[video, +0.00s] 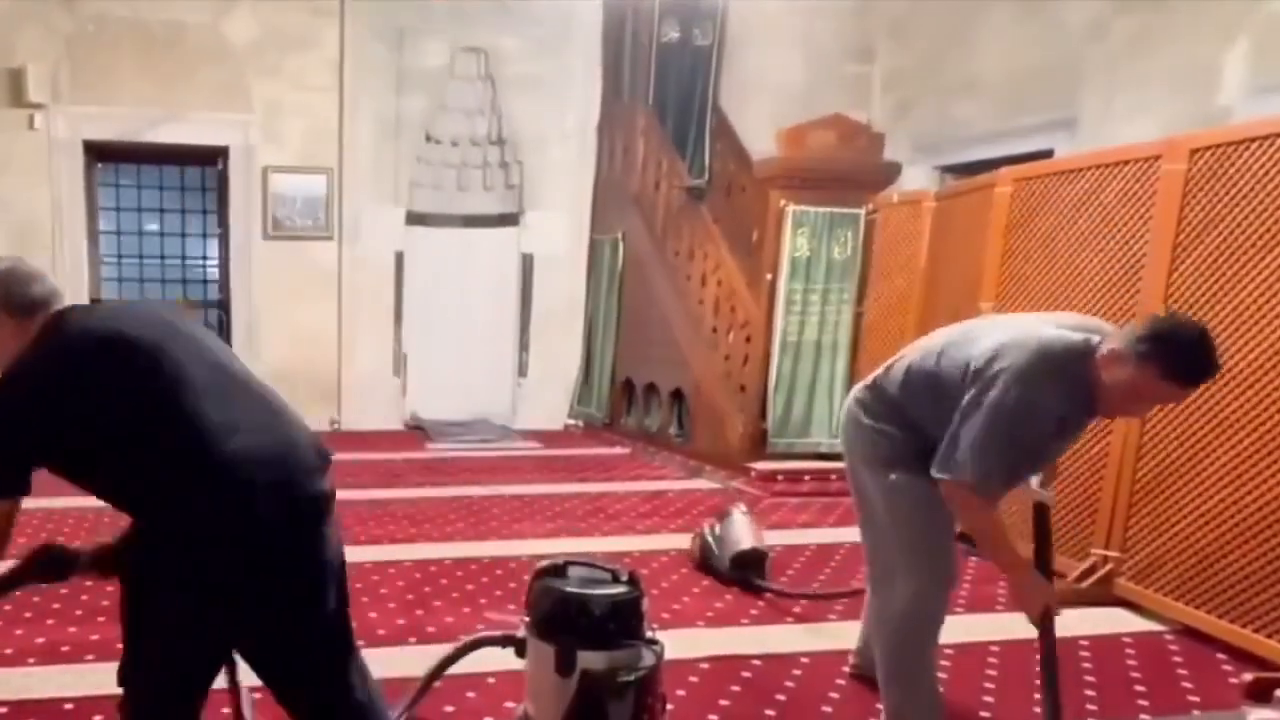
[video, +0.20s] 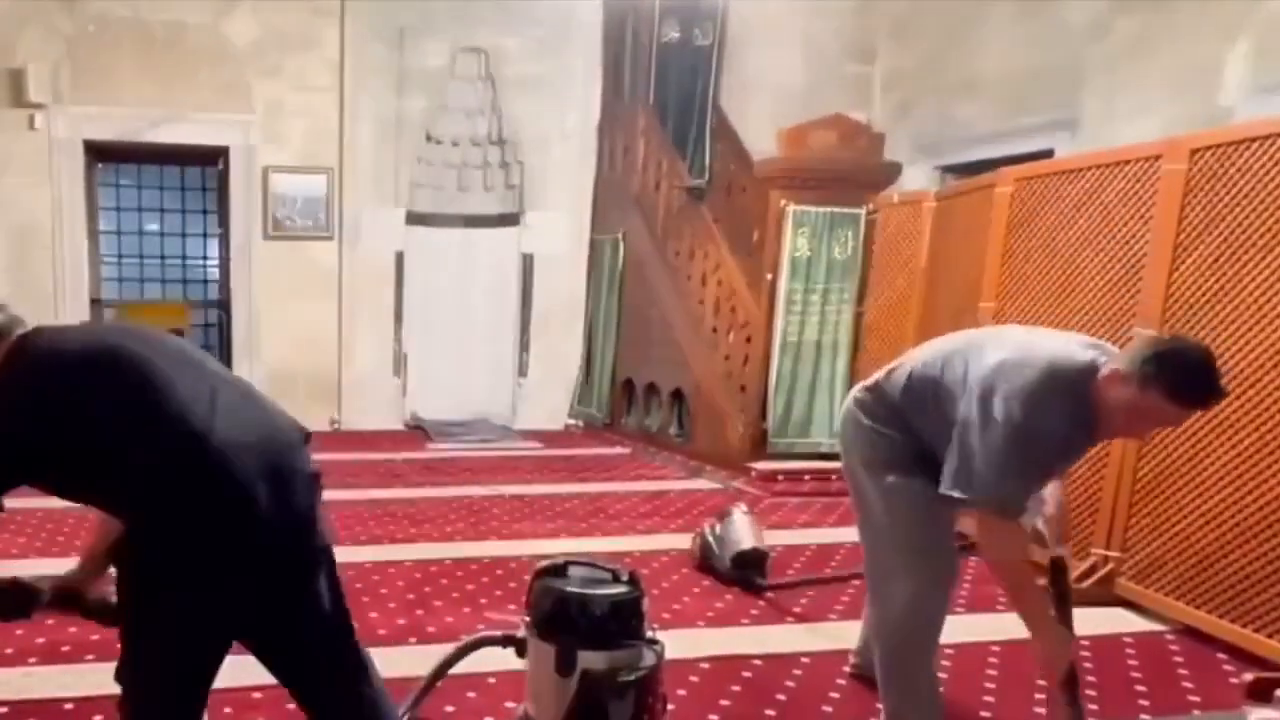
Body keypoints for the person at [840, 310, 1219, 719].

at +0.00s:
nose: (1144, 413)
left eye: (1158, 405)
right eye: (1149, 398)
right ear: (1122, 360)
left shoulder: (1101, 346)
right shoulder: (1031, 373)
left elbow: (1059, 417)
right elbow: (960, 485)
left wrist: (1038, 467)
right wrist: (1020, 575)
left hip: (930, 429)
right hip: (888, 428)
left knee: (910, 557)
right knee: (921, 577)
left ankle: (874, 657)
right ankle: (912, 707)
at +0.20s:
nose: (1147, 434)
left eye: (1161, 427)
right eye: (1150, 418)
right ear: (1124, 382)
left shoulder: (1102, 382)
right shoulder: (1029, 392)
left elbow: (1053, 456)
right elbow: (995, 529)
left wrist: (1050, 526)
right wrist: (1046, 633)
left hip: (941, 430)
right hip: (888, 428)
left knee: (916, 559)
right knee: (918, 582)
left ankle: (875, 654)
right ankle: (910, 708)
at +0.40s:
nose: (1142, 436)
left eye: (1157, 428)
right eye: (1144, 417)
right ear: (1117, 379)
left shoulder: (1098, 390)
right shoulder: (1028, 390)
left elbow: (1043, 474)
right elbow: (990, 525)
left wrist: (1039, 547)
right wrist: (1037, 637)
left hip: (943, 432)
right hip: (887, 423)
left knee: (926, 562)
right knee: (901, 590)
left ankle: (876, 653)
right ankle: (910, 706)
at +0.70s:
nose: (1166, 378)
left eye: (1177, 368)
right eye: (1170, 362)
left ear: (1133, 327)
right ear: (1136, 332)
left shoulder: (1094, 348)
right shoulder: (1046, 349)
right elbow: (963, 466)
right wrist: (1015, 543)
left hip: (932, 429)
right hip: (892, 421)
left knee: (920, 563)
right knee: (901, 583)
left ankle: (879, 656)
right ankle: (907, 707)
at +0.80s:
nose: (1174, 364)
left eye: (1184, 354)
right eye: (1177, 348)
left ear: (1138, 317)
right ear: (1143, 320)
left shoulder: (1097, 345)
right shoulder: (1054, 340)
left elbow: (1017, 419)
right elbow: (970, 454)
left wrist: (1013, 475)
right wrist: (1011, 528)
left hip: (935, 428)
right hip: (896, 421)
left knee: (923, 562)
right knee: (903, 580)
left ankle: (880, 655)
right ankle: (907, 707)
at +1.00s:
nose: (1189, 347)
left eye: (1199, 335)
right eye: (1191, 330)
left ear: (1146, 302)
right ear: (1157, 308)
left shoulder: (1095, 327)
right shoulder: (1074, 339)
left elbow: (1012, 432)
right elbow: (994, 447)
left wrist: (1022, 513)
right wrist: (1025, 520)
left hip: (916, 421)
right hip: (914, 430)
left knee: (918, 548)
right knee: (969, 565)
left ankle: (882, 655)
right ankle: (923, 707)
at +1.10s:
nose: (1199, 351)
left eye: (1210, 340)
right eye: (1199, 333)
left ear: (1154, 306)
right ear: (1159, 307)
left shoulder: (1103, 322)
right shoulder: (1089, 346)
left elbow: (1013, 427)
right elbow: (1006, 447)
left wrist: (1029, 507)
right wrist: (1035, 522)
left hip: (914, 419)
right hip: (928, 435)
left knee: (929, 550)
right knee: (991, 575)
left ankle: (884, 657)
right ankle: (955, 709)